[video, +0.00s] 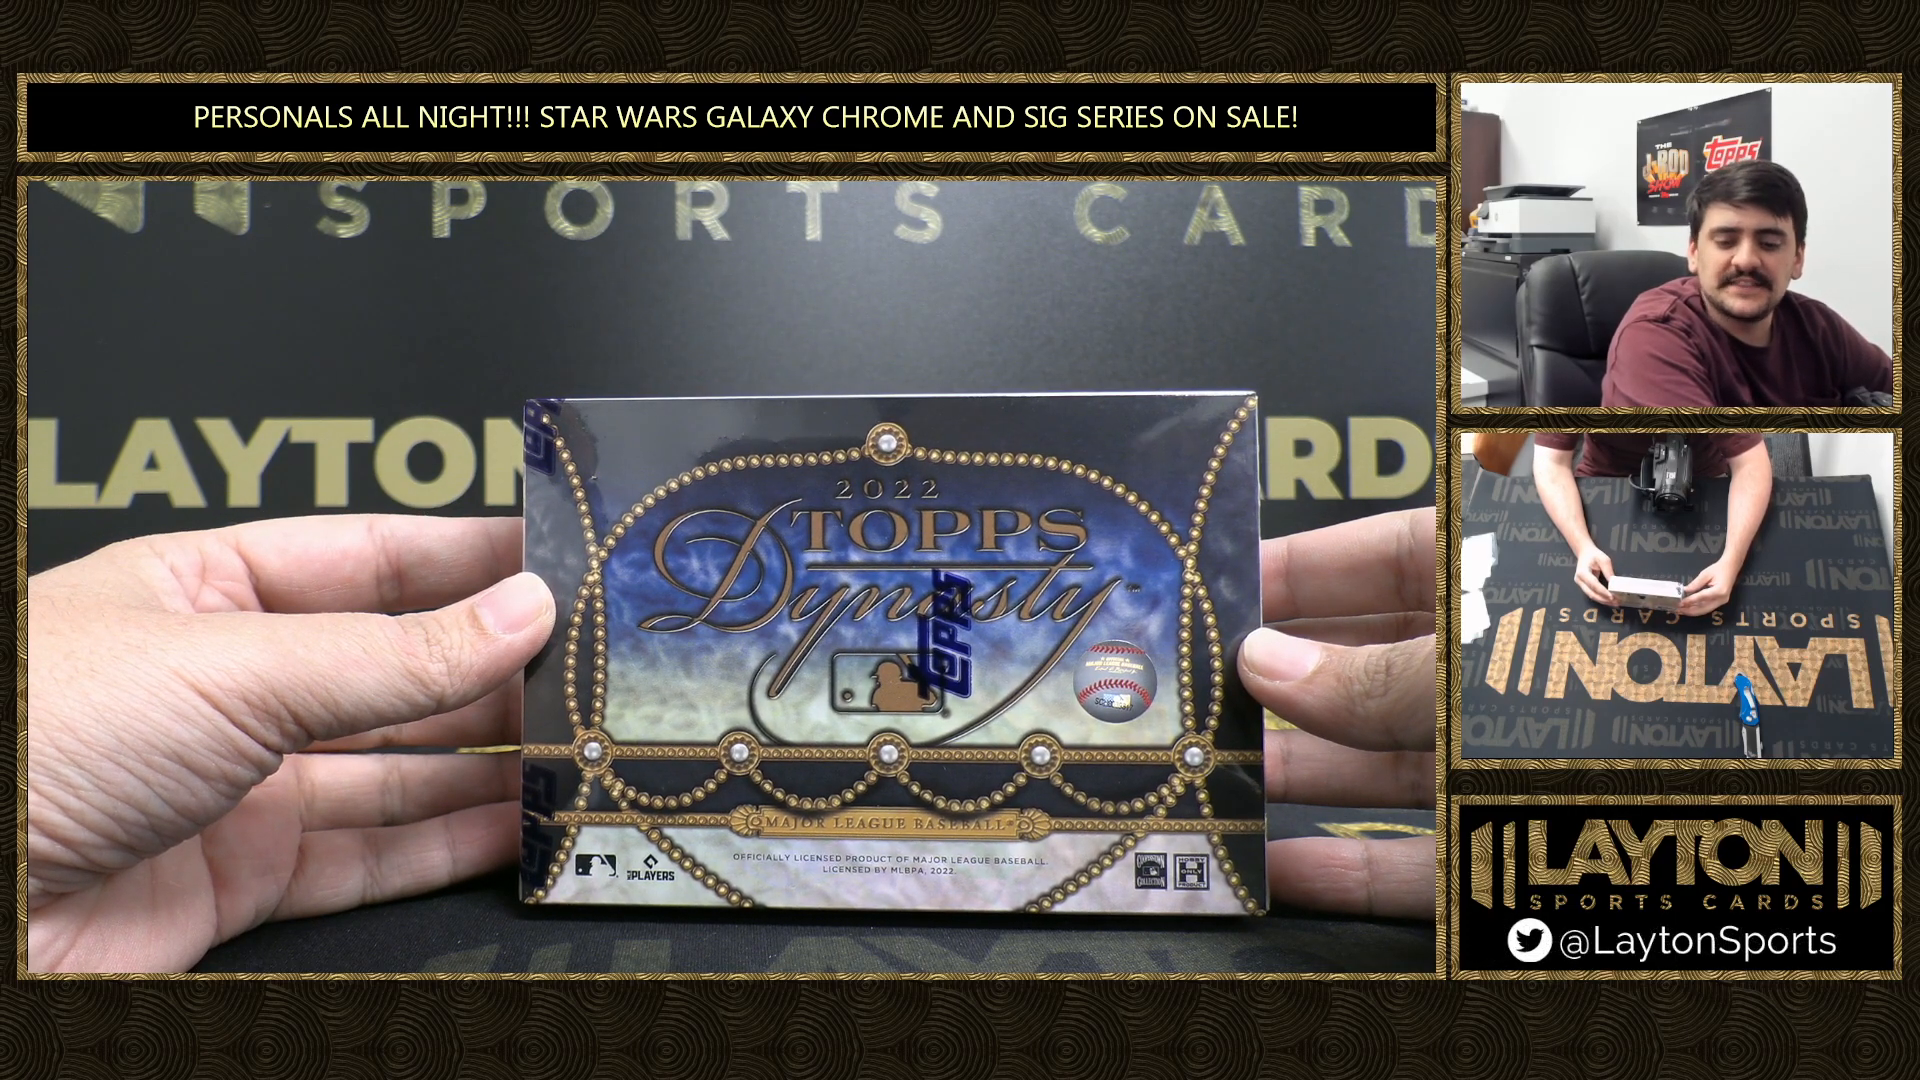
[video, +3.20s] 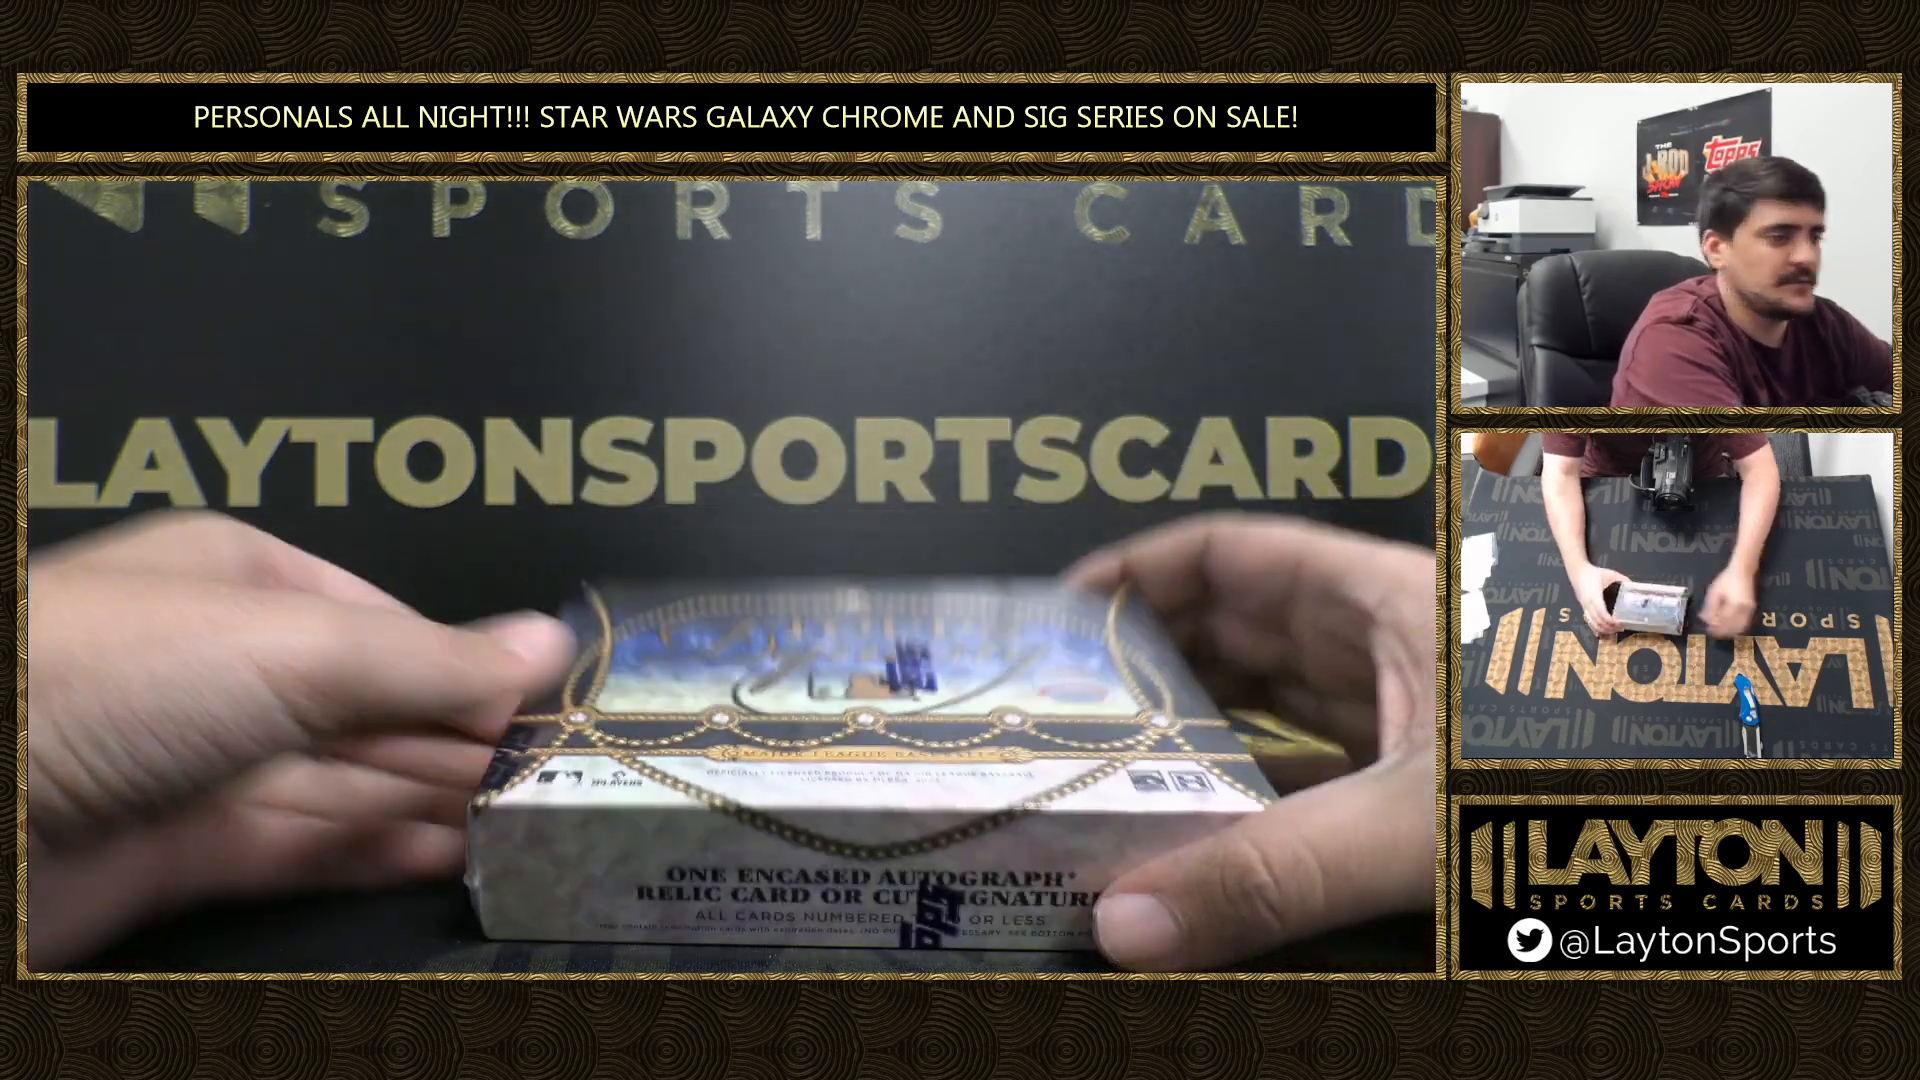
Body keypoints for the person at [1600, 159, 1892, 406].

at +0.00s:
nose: (1746, 260)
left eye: (1769, 243)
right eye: (1726, 241)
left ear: (1798, 258)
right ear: (1693, 252)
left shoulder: (1818, 329)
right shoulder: (1655, 333)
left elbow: (1897, 388)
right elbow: (1746, 462)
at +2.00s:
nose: (1748, 249)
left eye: (1770, 232)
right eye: (1728, 231)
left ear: (1798, 255)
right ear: (1695, 251)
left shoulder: (1817, 328)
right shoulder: (1657, 333)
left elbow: (1896, 387)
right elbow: (1747, 461)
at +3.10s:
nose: (1786, 254)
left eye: (1800, 236)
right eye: (1762, 234)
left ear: (1812, 246)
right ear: (1708, 248)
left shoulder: (1823, 328)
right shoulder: (1669, 336)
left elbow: (1898, 387)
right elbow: (1752, 461)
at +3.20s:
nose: (1806, 257)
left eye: (1815, 237)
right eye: (1779, 237)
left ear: (1822, 239)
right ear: (1716, 250)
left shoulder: (1829, 328)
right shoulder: (1673, 339)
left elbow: (1901, 383)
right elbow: (1759, 467)